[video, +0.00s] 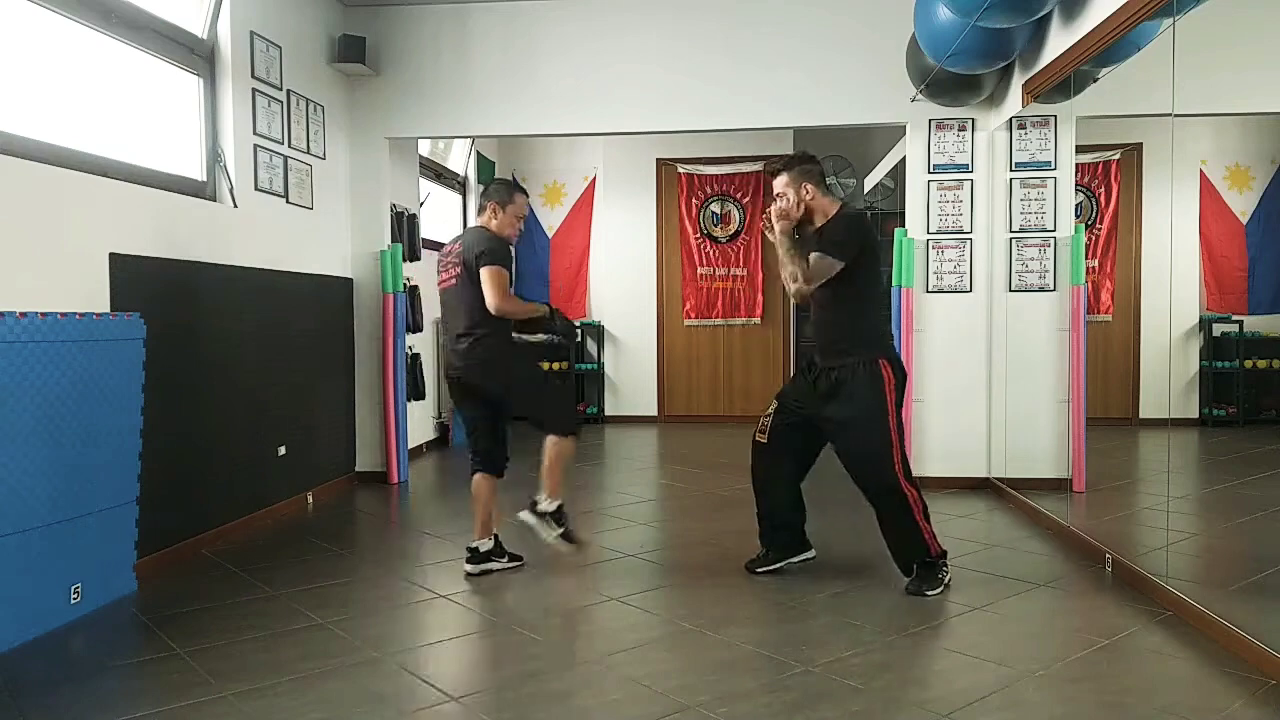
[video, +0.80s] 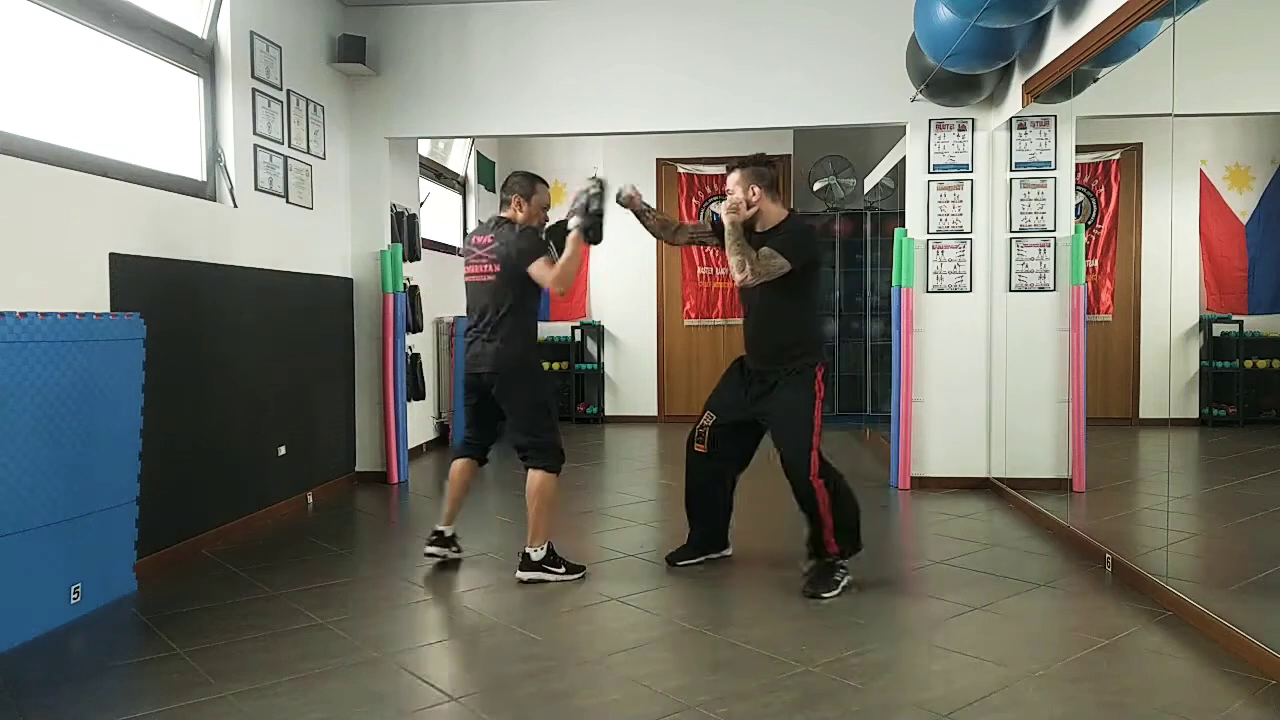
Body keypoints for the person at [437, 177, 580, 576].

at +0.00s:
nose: (520, 229)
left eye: (523, 221)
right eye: (517, 219)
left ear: (488, 213)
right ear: (492, 209)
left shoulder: (456, 246)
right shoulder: (488, 242)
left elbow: (472, 309)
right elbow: (498, 302)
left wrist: (528, 316)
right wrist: (542, 309)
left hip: (460, 366)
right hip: (491, 361)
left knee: (487, 455)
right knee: (563, 415)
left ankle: (483, 547)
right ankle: (549, 505)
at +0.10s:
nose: (516, 225)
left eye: (517, 217)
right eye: (512, 216)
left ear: (483, 211)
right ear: (488, 208)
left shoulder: (461, 243)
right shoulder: (482, 239)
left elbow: (485, 304)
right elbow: (499, 295)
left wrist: (536, 301)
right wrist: (545, 296)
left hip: (469, 356)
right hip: (495, 347)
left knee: (496, 449)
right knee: (594, 360)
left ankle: (484, 547)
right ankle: (632, 440)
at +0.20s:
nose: (513, 223)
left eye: (514, 216)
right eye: (508, 214)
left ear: (480, 212)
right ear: (484, 208)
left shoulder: (460, 244)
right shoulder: (477, 240)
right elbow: (502, 293)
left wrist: (542, 289)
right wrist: (547, 278)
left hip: (481, 356)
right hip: (507, 335)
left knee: (500, 448)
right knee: (604, 319)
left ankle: (485, 547)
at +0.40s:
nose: (508, 225)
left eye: (510, 217)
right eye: (504, 215)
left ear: (479, 212)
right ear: (478, 209)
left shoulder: (478, 248)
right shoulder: (465, 242)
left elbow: (500, 293)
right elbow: (478, 295)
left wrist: (538, 272)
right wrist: (523, 267)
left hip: (501, 356)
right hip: (523, 339)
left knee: (505, 452)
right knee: (621, 331)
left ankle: (486, 544)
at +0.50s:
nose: (514, 220)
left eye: (516, 214)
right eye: (511, 212)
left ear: (483, 209)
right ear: (485, 205)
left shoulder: (468, 241)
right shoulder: (476, 235)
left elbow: (511, 271)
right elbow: (487, 275)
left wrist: (540, 243)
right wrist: (520, 236)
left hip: (496, 355)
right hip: (525, 344)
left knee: (499, 450)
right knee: (612, 395)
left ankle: (486, 545)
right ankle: (604, 488)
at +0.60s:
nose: (525, 215)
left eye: (527, 208)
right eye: (523, 207)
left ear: (491, 201)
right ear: (500, 199)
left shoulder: (464, 235)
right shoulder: (502, 227)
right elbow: (533, 254)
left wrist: (554, 220)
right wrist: (555, 210)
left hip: (489, 354)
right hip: (525, 351)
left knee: (498, 445)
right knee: (566, 440)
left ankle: (484, 542)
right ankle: (555, 539)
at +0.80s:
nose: (544, 217)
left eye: (546, 209)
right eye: (541, 209)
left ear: (509, 204)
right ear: (517, 203)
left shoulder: (479, 235)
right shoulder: (519, 238)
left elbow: (517, 273)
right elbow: (558, 283)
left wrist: (557, 234)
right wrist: (580, 232)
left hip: (477, 357)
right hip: (514, 358)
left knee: (472, 446)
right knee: (544, 454)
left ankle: (442, 533)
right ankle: (537, 554)